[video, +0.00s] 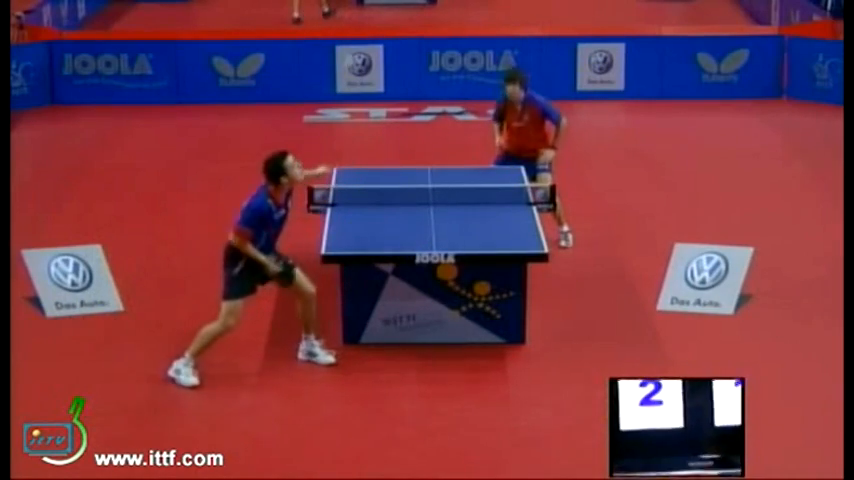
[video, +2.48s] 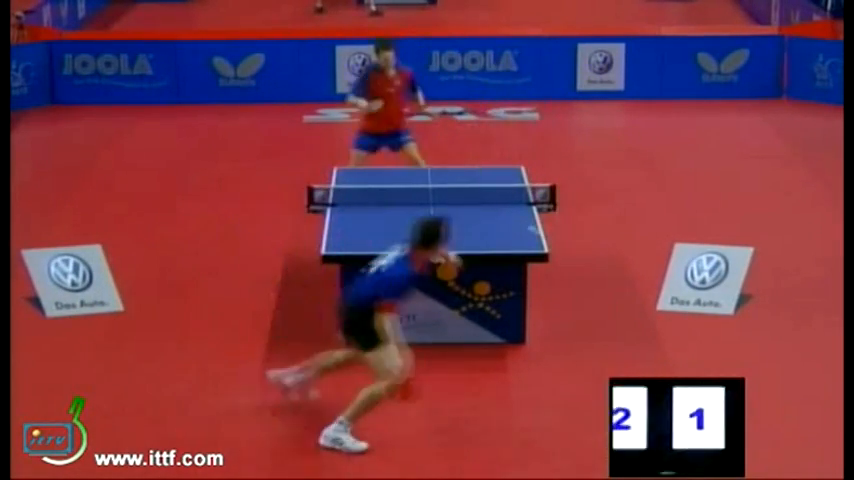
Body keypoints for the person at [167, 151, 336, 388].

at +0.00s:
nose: (301, 170)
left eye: (298, 166)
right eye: (295, 168)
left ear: (285, 180)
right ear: (282, 180)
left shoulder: (285, 190)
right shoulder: (259, 206)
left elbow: (297, 177)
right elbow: (238, 239)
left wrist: (315, 173)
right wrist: (267, 262)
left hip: (267, 252)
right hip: (242, 257)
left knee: (308, 292)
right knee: (228, 321)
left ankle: (309, 344)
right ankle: (184, 363)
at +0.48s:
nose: (348, 187)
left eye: (348, 184)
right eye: (347, 183)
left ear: (326, 177)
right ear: (339, 183)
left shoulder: (309, 189)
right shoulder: (321, 191)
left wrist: (353, 209)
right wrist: (355, 219)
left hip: (277, 252)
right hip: (268, 255)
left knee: (310, 285)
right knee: (278, 324)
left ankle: (296, 343)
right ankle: (218, 346)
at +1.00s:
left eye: (337, 178)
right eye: (354, 182)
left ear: (334, 181)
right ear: (358, 186)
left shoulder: (317, 205)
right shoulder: (361, 212)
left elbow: (286, 224)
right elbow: (383, 247)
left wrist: (309, 218)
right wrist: (392, 233)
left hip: (316, 276)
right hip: (352, 275)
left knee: (286, 315)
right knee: (392, 314)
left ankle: (272, 371)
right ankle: (411, 373)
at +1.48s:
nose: (284, 218)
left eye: (284, 213)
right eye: (283, 214)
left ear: (260, 214)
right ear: (274, 219)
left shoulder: (252, 229)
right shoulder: (247, 248)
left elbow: (275, 244)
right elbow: (239, 285)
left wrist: (307, 257)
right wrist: (262, 311)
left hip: (204, 291)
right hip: (220, 299)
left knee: (184, 333)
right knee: (288, 321)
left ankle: (133, 366)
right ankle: (280, 385)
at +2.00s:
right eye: (266, 186)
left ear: (244, 189)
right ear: (269, 190)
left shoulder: (227, 218)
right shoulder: (279, 218)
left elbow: (203, 255)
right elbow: (300, 261)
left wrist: (205, 283)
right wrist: (283, 251)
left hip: (235, 290)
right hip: (270, 290)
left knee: (207, 328)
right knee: (316, 318)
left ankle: (183, 374)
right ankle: (307, 381)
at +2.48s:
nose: (442, 251)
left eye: (442, 246)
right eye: (440, 247)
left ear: (419, 241)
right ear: (430, 248)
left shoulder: (403, 253)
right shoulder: (401, 274)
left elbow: (427, 255)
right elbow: (386, 316)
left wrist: (445, 260)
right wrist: (400, 353)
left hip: (354, 301)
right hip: (360, 312)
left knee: (359, 354)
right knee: (394, 374)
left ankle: (295, 376)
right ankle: (339, 429)